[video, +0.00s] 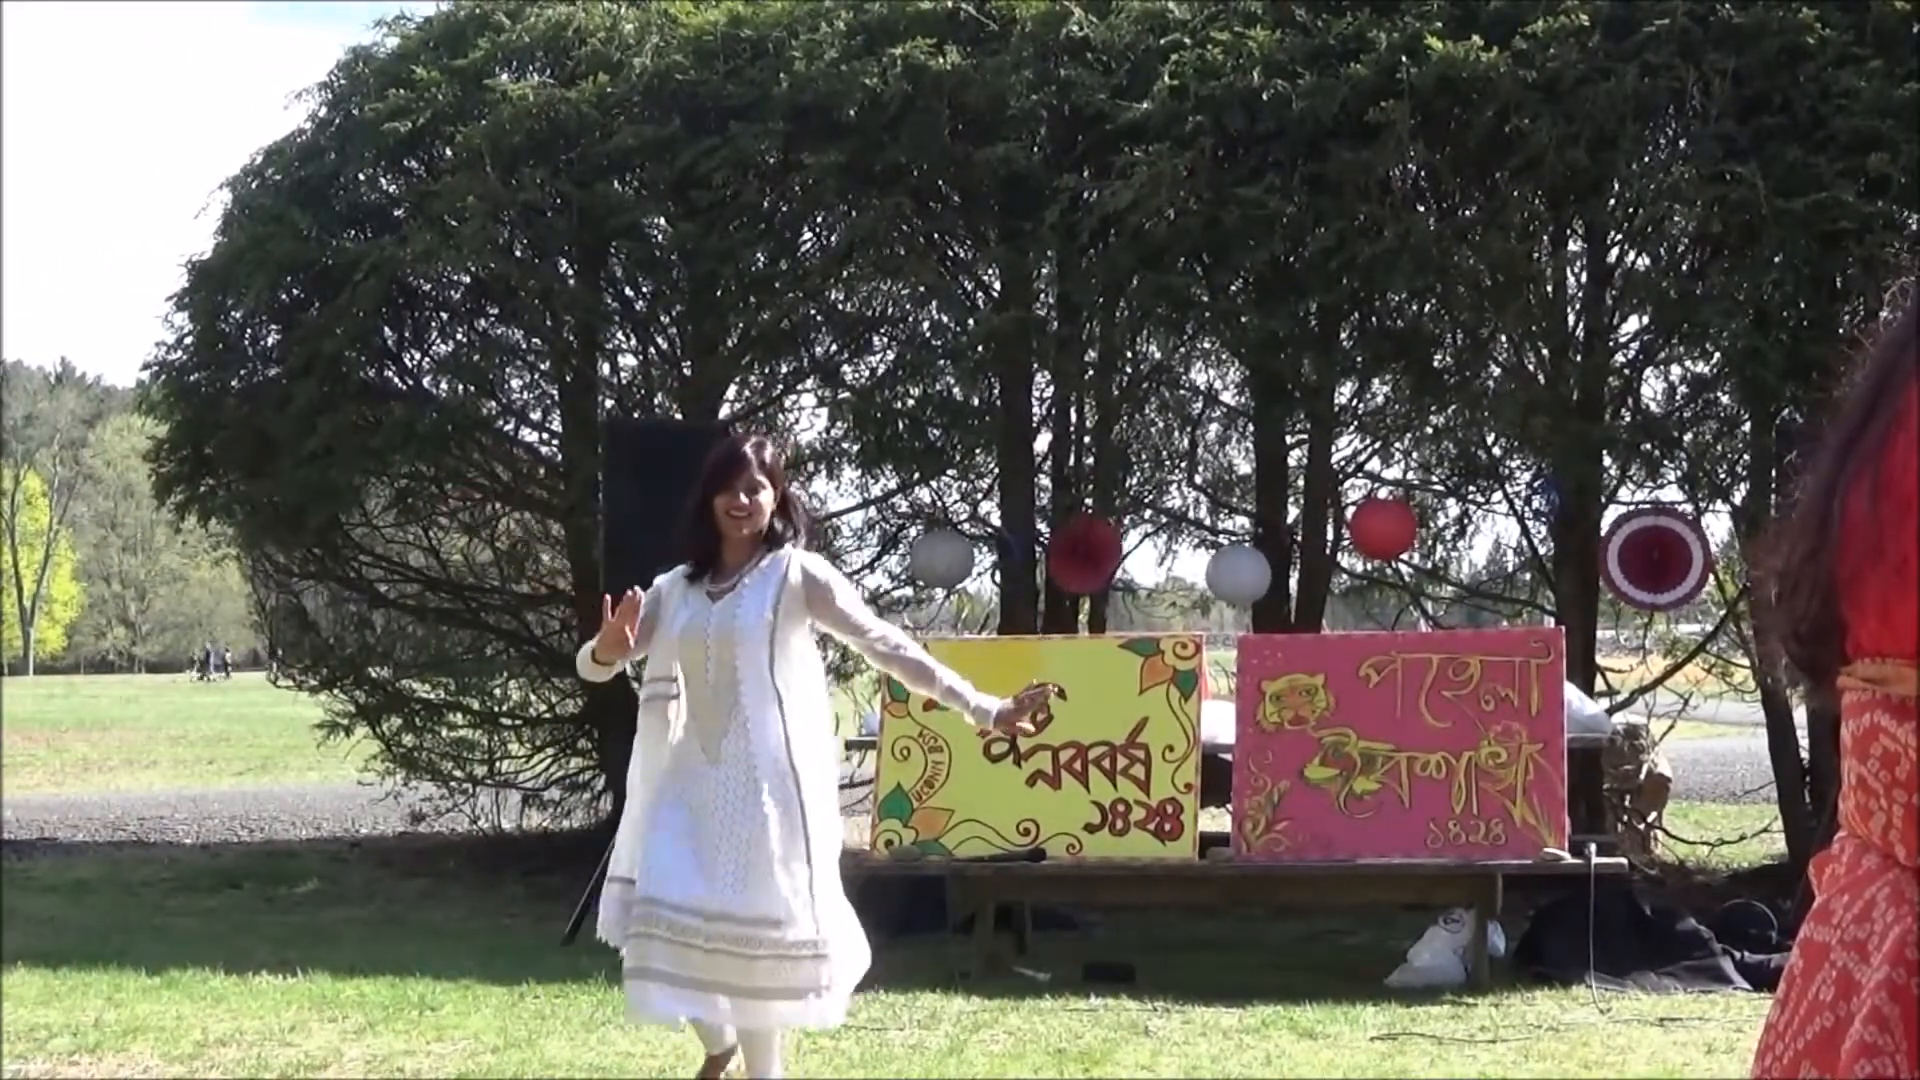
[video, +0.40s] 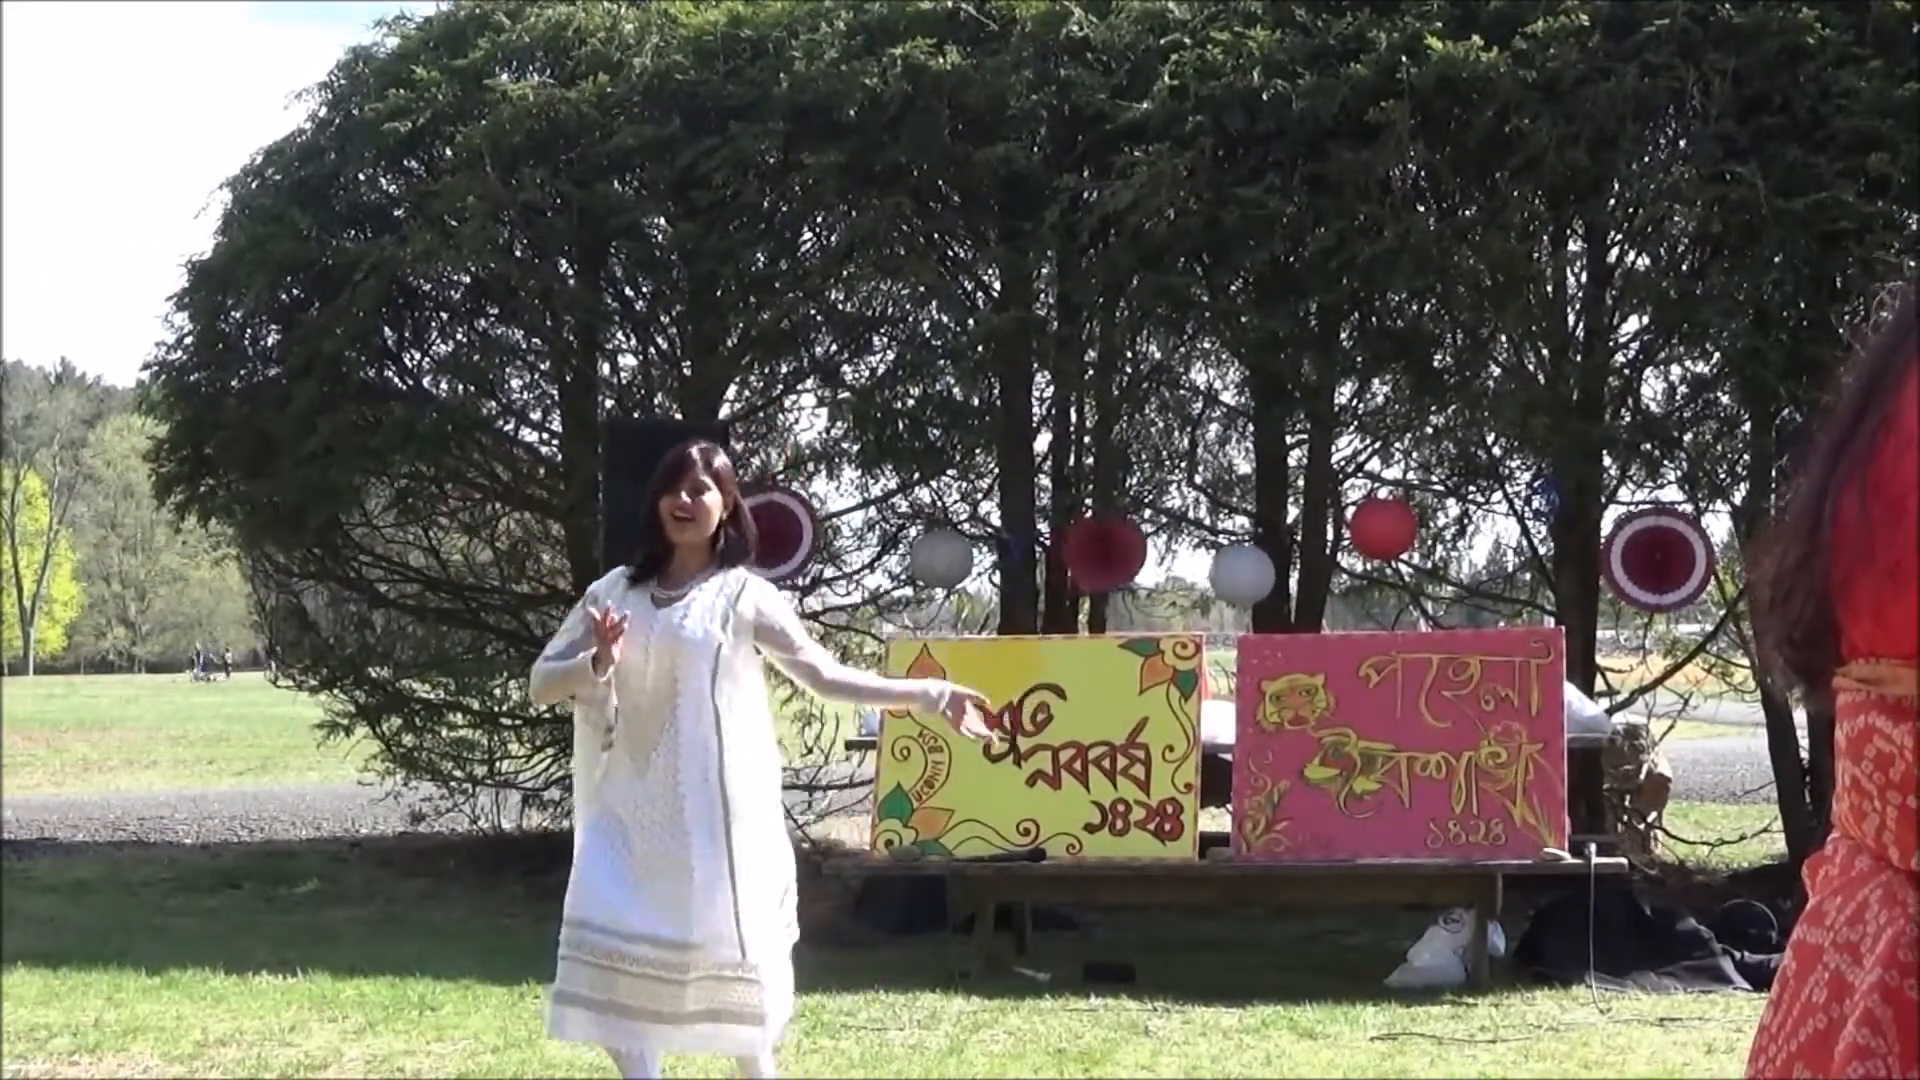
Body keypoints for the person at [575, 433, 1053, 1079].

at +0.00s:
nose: (742, 501)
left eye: (756, 489)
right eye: (730, 488)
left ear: (777, 498)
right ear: (709, 496)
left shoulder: (796, 573)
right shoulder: (672, 589)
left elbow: (885, 644)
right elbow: (594, 670)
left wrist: (986, 707)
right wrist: (606, 647)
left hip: (764, 783)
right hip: (681, 782)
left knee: (756, 937)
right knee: (657, 919)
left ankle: (763, 1071)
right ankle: (719, 1048)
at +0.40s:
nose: (685, 500)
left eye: (702, 490)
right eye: (675, 487)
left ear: (726, 506)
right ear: (655, 498)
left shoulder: (745, 593)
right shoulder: (611, 591)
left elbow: (825, 676)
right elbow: (541, 684)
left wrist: (932, 693)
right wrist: (591, 662)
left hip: (722, 821)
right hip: (622, 821)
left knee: (744, 983)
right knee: (606, 980)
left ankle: (758, 1068)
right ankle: (641, 1075)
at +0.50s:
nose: (654, 492)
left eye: (672, 481)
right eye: (644, 480)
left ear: (700, 499)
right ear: (629, 493)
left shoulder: (721, 590)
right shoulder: (589, 585)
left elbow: (778, 682)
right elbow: (525, 684)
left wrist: (853, 650)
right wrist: (583, 657)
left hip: (697, 817)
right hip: (600, 818)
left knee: (723, 984)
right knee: (603, 988)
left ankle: (738, 1068)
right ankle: (637, 1076)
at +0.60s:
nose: (622, 497)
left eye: (640, 484)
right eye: (613, 485)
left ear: (673, 499)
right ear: (601, 499)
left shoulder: (697, 587)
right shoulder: (567, 588)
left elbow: (727, 688)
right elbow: (499, 686)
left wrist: (725, 601)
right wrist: (559, 661)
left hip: (656, 799)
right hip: (571, 800)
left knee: (567, 929)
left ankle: (667, 1056)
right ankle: (642, 1070)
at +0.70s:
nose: (588, 499)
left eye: (605, 486)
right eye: (583, 487)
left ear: (642, 500)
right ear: (573, 498)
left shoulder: (667, 586)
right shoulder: (539, 591)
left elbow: (663, 674)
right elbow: (463, 681)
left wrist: (602, 589)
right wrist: (517, 666)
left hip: (620, 800)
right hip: (539, 802)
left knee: (515, 915)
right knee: (570, 967)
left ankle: (541, 1069)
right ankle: (633, 1070)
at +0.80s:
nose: (548, 489)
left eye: (567, 478)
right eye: (543, 477)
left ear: (605, 493)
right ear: (532, 491)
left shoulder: (620, 574)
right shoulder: (514, 581)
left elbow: (605, 664)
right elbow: (417, 652)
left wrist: (527, 607)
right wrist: (454, 658)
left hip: (586, 797)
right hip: (510, 800)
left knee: (481, 920)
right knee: (563, 975)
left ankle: (442, 1070)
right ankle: (631, 1069)